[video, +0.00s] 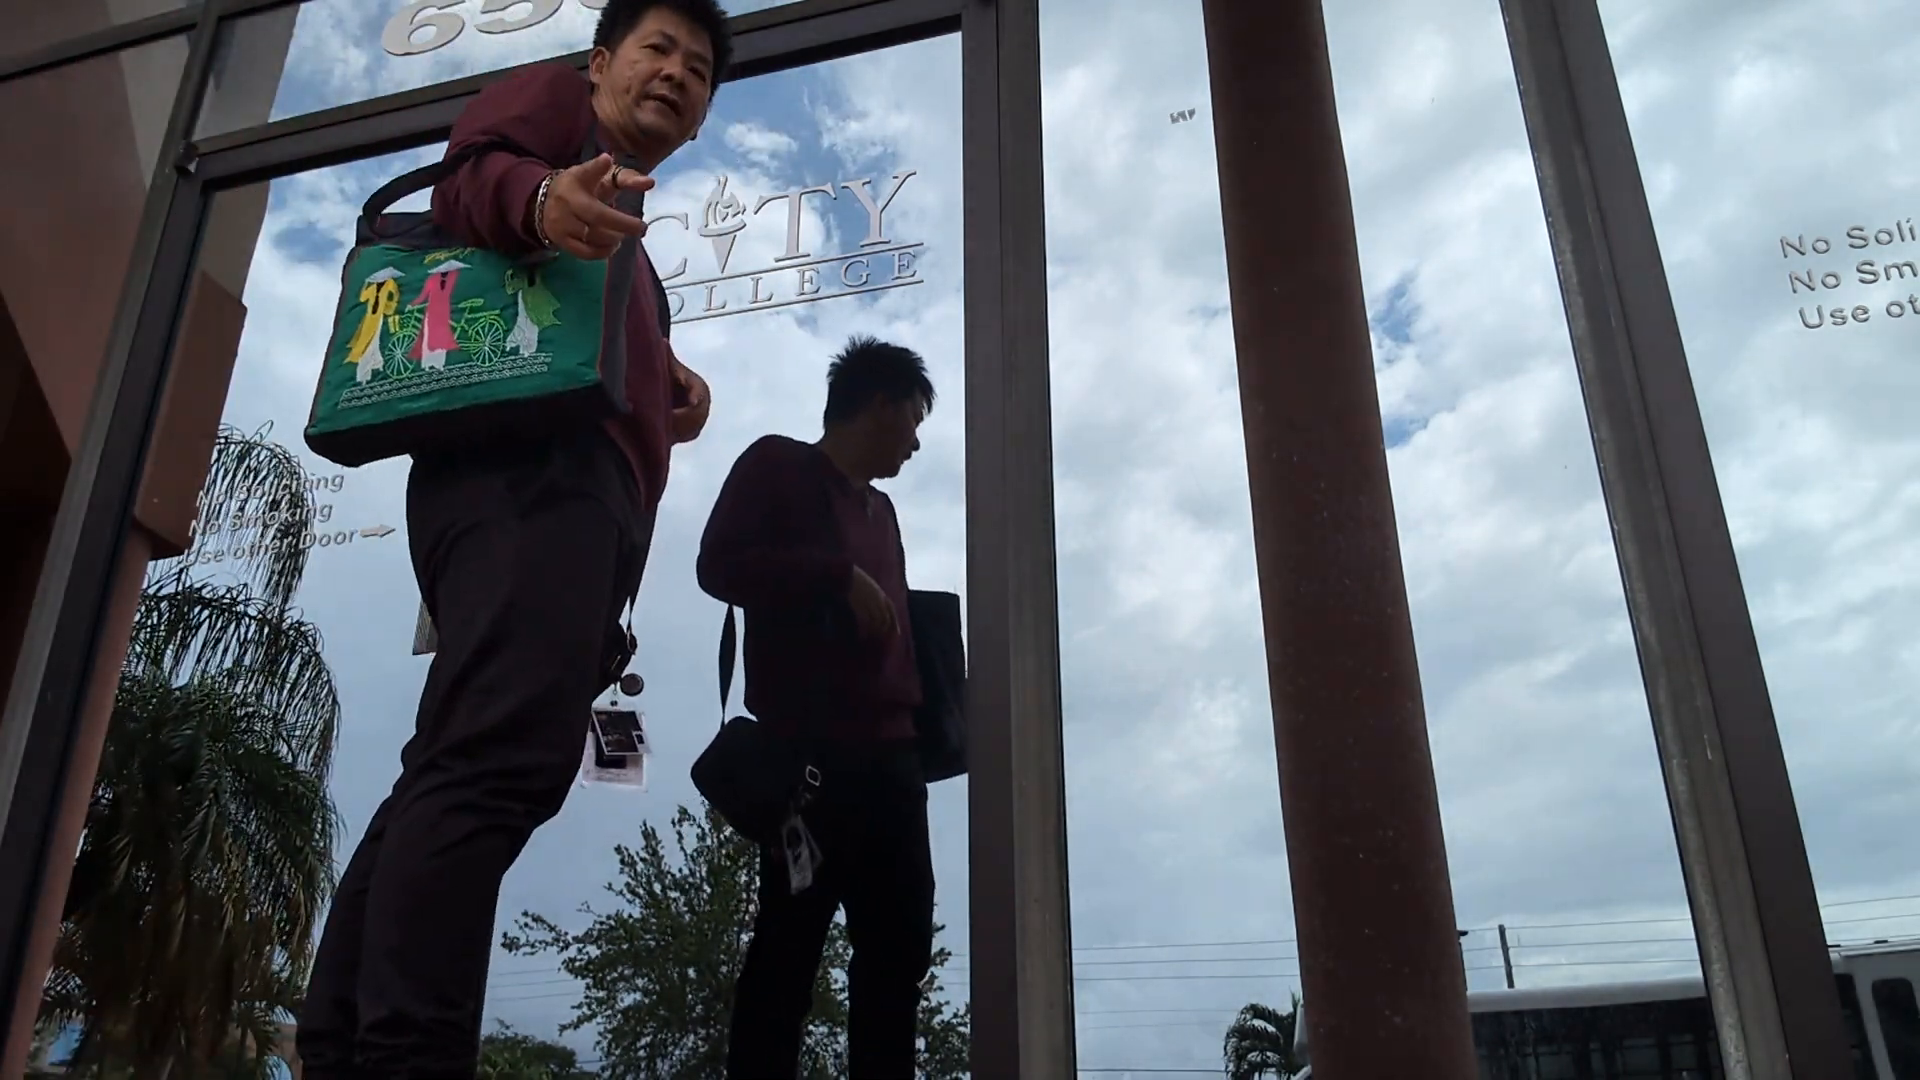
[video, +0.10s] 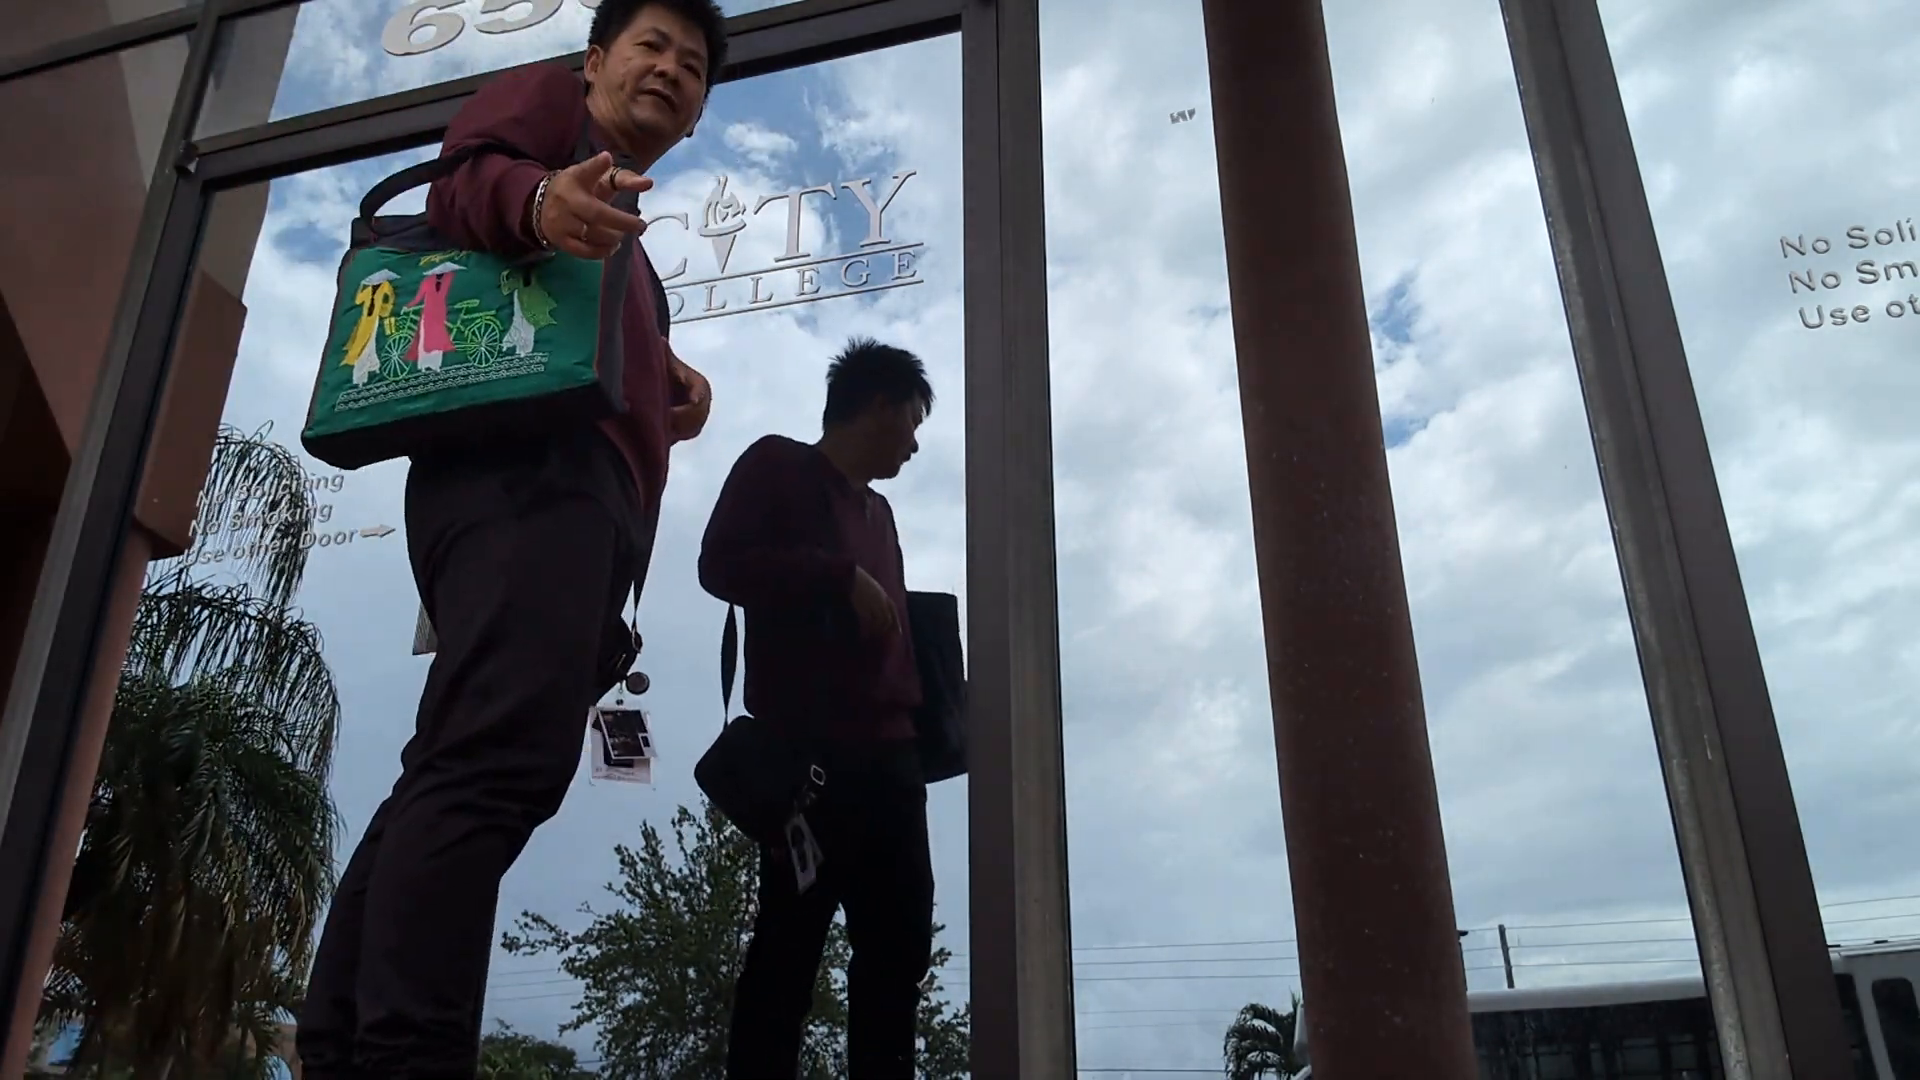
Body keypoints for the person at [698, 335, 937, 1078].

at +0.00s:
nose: (918, 439)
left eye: (922, 423)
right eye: (914, 418)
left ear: (870, 416)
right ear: (872, 408)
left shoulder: (879, 508)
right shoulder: (777, 462)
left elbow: (883, 627)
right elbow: (719, 564)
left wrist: (923, 705)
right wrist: (842, 577)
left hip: (887, 757)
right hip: (805, 750)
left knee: (897, 953)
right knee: (787, 948)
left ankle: (883, 1075)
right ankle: (759, 1071)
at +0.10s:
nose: (916, 441)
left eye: (920, 425)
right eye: (912, 420)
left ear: (870, 418)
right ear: (871, 411)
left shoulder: (877, 510)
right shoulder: (777, 461)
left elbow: (880, 630)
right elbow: (720, 565)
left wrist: (922, 707)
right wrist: (844, 577)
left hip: (885, 756)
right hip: (802, 750)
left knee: (896, 952)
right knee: (787, 947)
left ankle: (880, 1075)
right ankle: (760, 1071)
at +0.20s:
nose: (914, 440)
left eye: (918, 424)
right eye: (911, 419)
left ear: (868, 418)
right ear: (869, 411)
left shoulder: (874, 511)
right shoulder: (775, 461)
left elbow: (879, 629)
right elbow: (720, 563)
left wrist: (918, 710)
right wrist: (844, 578)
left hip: (884, 758)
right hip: (802, 751)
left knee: (896, 953)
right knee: (787, 948)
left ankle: (883, 1076)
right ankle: (760, 1071)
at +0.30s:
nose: (910, 440)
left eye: (914, 424)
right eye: (907, 419)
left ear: (864, 415)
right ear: (867, 409)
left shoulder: (871, 510)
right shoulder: (773, 462)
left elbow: (879, 627)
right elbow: (719, 562)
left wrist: (916, 722)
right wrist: (841, 577)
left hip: (884, 756)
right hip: (805, 752)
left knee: (896, 954)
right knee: (786, 952)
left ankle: (881, 1079)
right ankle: (760, 1075)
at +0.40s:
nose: (906, 438)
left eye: (910, 421)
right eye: (903, 417)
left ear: (858, 412)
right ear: (865, 406)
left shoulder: (868, 510)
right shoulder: (769, 462)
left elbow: (880, 632)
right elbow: (715, 565)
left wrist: (928, 727)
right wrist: (839, 580)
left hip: (882, 756)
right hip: (803, 752)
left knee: (896, 953)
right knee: (786, 951)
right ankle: (759, 1077)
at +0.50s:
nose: (902, 438)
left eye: (905, 421)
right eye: (899, 417)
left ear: (858, 410)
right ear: (863, 405)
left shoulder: (866, 511)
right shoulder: (766, 462)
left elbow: (888, 635)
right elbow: (712, 565)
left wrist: (934, 737)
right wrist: (829, 580)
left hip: (881, 756)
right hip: (798, 752)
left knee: (895, 952)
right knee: (784, 948)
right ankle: (756, 1075)